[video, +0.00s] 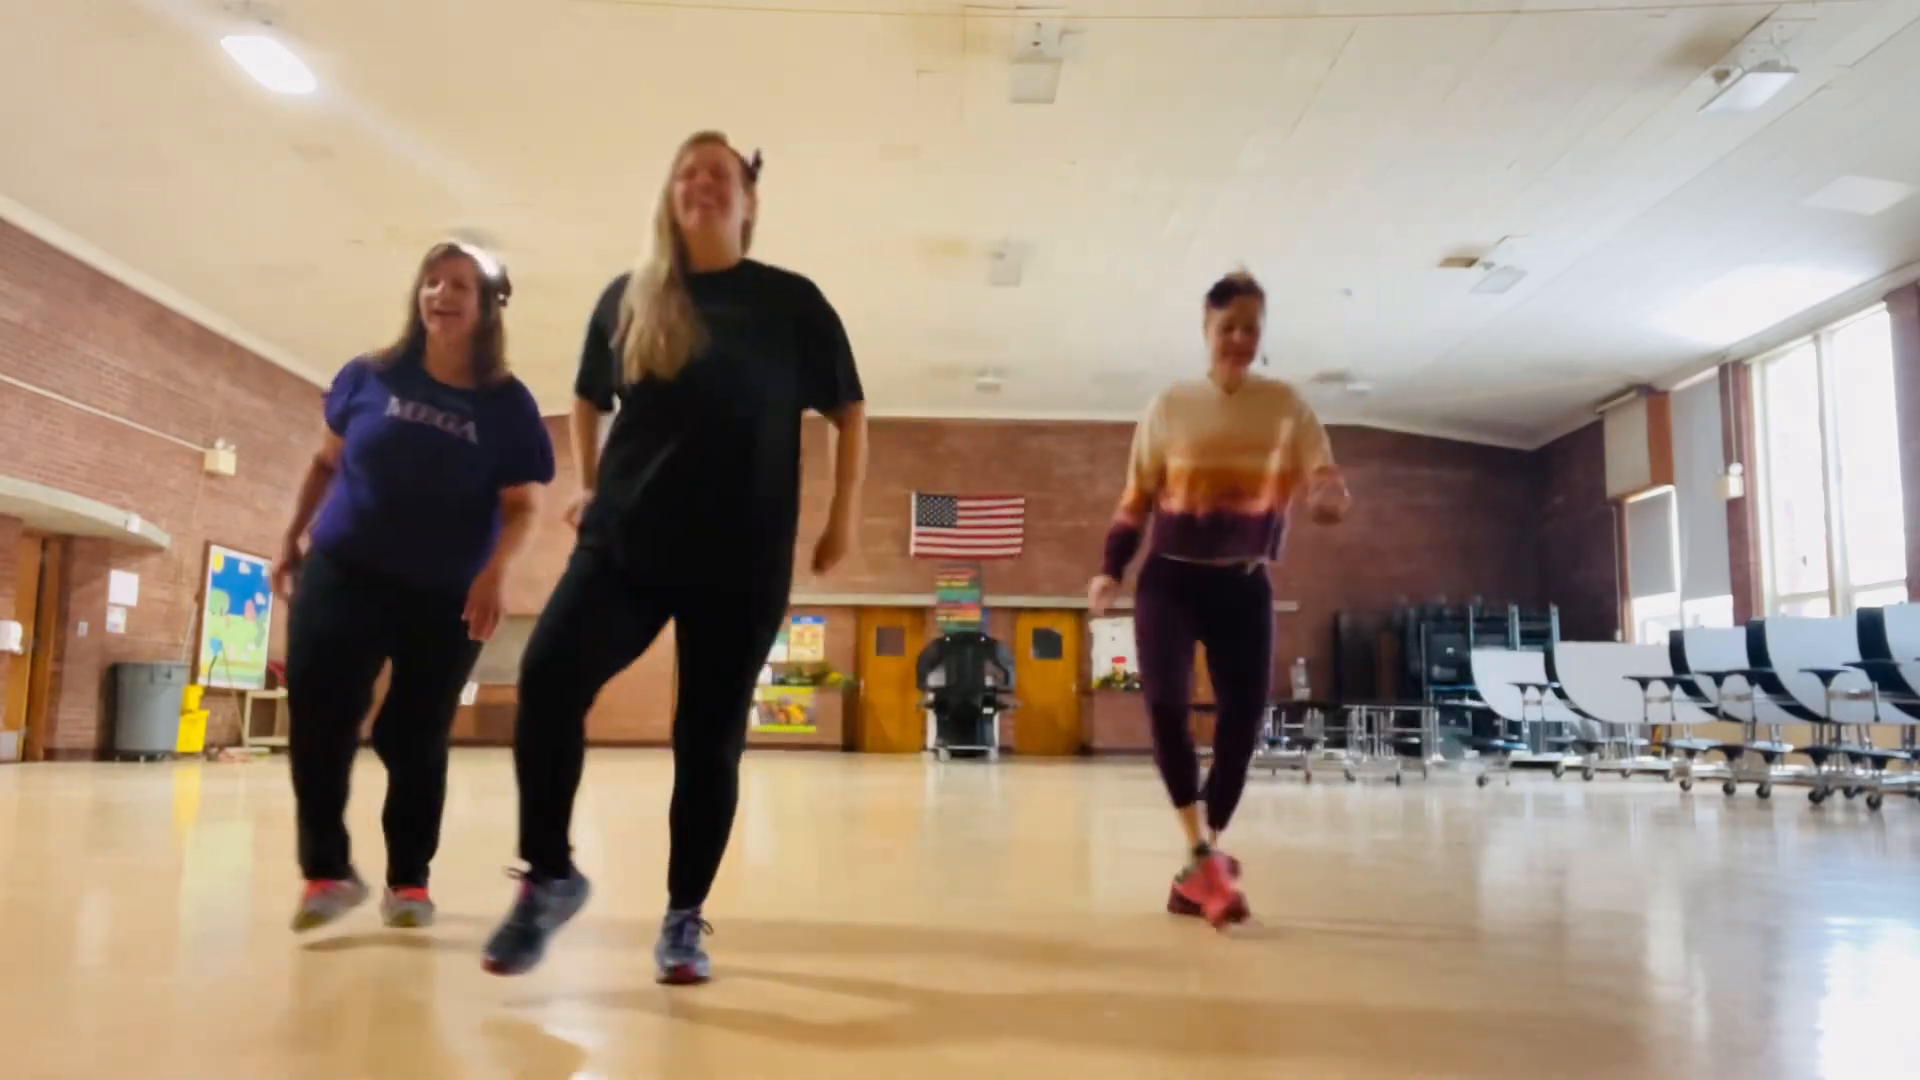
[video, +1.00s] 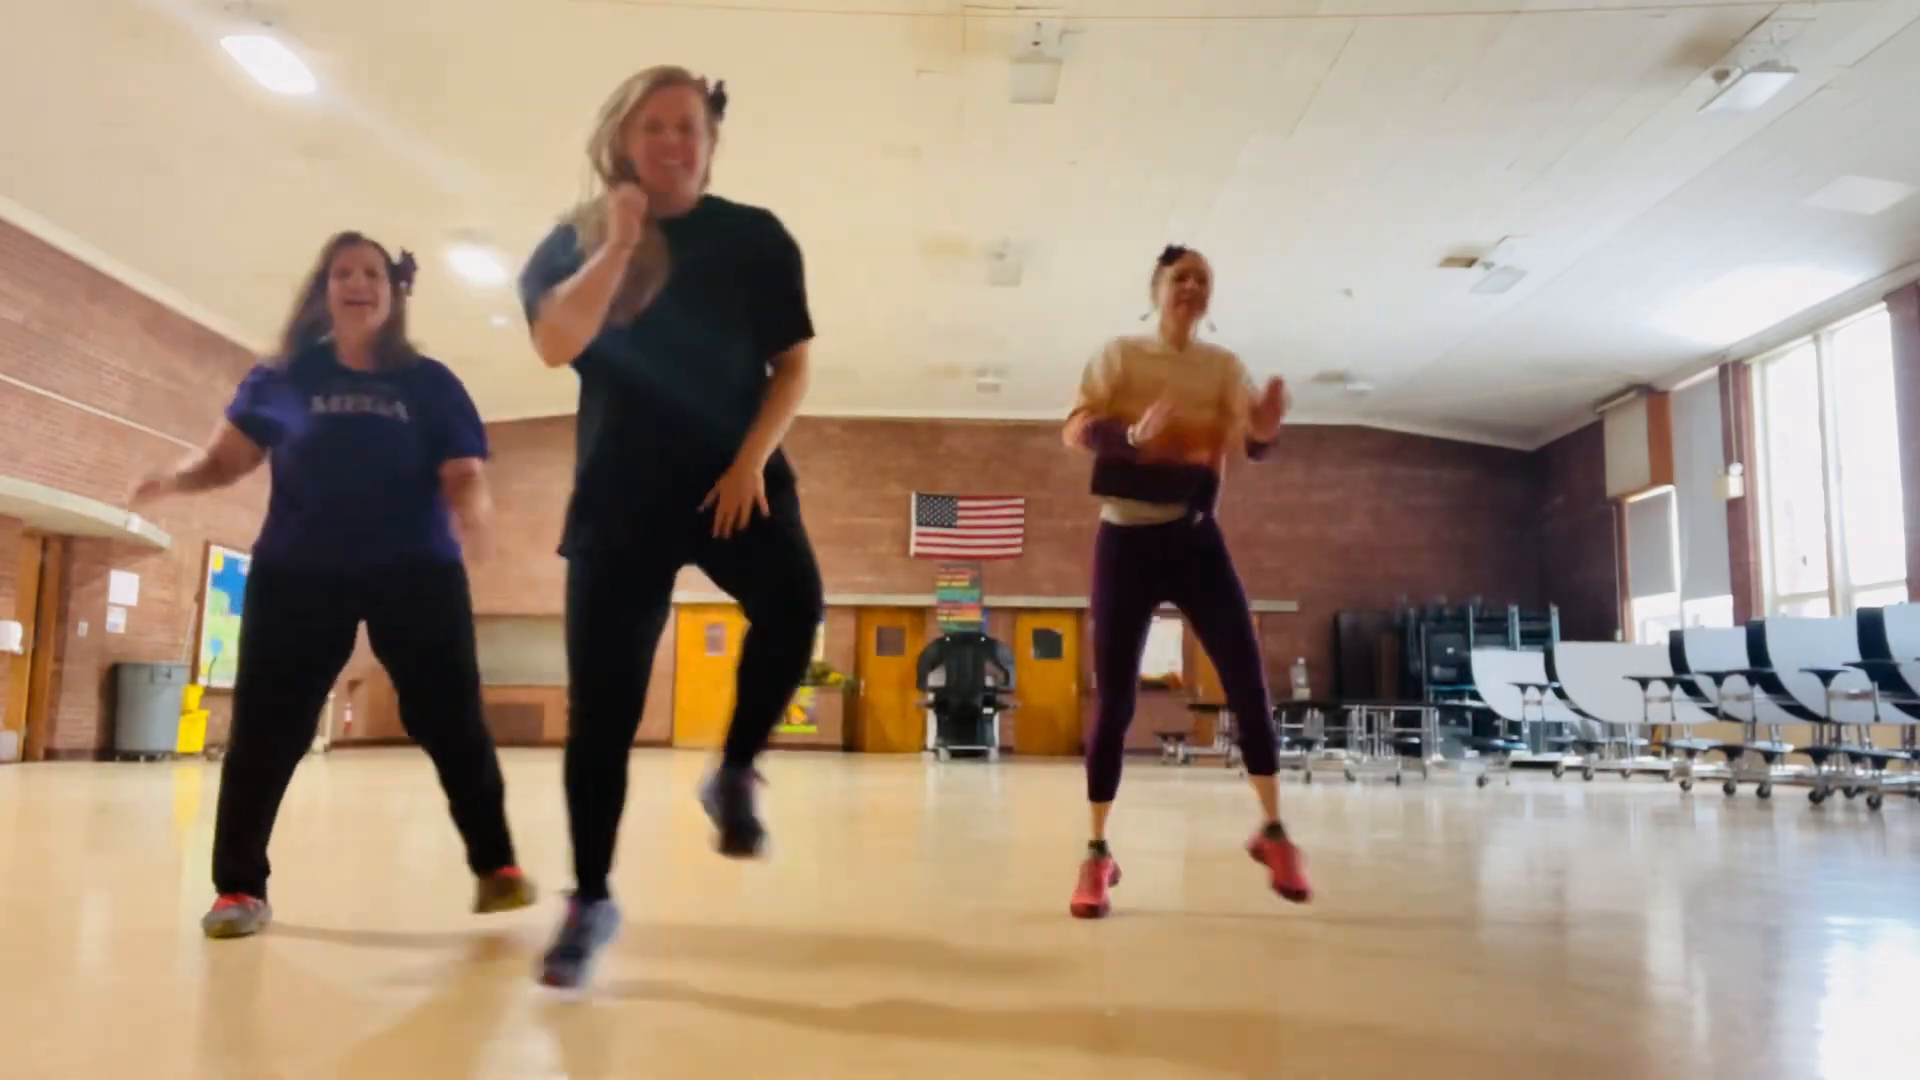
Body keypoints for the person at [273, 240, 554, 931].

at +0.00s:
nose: (441, 293)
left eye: (459, 286)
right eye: (433, 281)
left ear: (489, 306)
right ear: (417, 295)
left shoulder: (507, 403)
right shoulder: (368, 375)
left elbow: (521, 505)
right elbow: (326, 462)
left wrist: (493, 574)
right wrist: (293, 540)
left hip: (443, 594)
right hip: (345, 574)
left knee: (414, 737)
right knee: (316, 718)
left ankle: (408, 880)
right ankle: (328, 875)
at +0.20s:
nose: (394, 294)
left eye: (411, 285)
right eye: (384, 283)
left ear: (438, 304)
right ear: (368, 299)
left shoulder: (470, 404)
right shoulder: (320, 379)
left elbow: (489, 507)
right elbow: (280, 477)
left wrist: (469, 571)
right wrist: (239, 559)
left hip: (411, 596)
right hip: (304, 581)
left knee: (401, 741)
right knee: (266, 733)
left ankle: (408, 882)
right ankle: (243, 888)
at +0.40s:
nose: (337, 284)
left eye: (352, 276)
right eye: (325, 274)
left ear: (377, 296)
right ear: (305, 293)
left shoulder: (411, 386)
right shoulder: (267, 376)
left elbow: (456, 484)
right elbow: (214, 465)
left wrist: (460, 466)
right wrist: (195, 448)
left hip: (386, 584)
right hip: (277, 579)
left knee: (390, 728)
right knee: (252, 735)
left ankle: (408, 864)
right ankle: (239, 890)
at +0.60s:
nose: (312, 281)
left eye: (327, 271)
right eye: (298, 272)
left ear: (353, 291)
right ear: (281, 293)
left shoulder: (389, 370)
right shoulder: (251, 371)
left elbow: (430, 462)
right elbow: (188, 448)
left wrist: (420, 378)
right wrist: (197, 358)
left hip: (371, 575)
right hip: (265, 573)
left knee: (356, 730)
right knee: (247, 735)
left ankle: (354, 881)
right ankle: (239, 890)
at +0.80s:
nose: (309, 287)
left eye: (322, 276)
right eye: (293, 277)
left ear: (345, 293)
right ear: (273, 296)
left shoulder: (386, 373)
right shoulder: (247, 381)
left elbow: (412, 461)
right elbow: (215, 478)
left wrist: (324, 398)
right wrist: (259, 400)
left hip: (383, 576)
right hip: (274, 576)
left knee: (389, 724)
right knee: (248, 734)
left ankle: (382, 861)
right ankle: (238, 890)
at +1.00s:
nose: (357, 284)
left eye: (370, 274)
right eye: (344, 274)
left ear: (394, 293)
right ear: (320, 293)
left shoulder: (430, 382)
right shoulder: (282, 379)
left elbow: (465, 479)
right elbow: (224, 461)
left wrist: (472, 524)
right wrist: (172, 482)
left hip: (415, 574)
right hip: (301, 576)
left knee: (453, 721)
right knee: (265, 734)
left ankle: (496, 869)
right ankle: (239, 891)